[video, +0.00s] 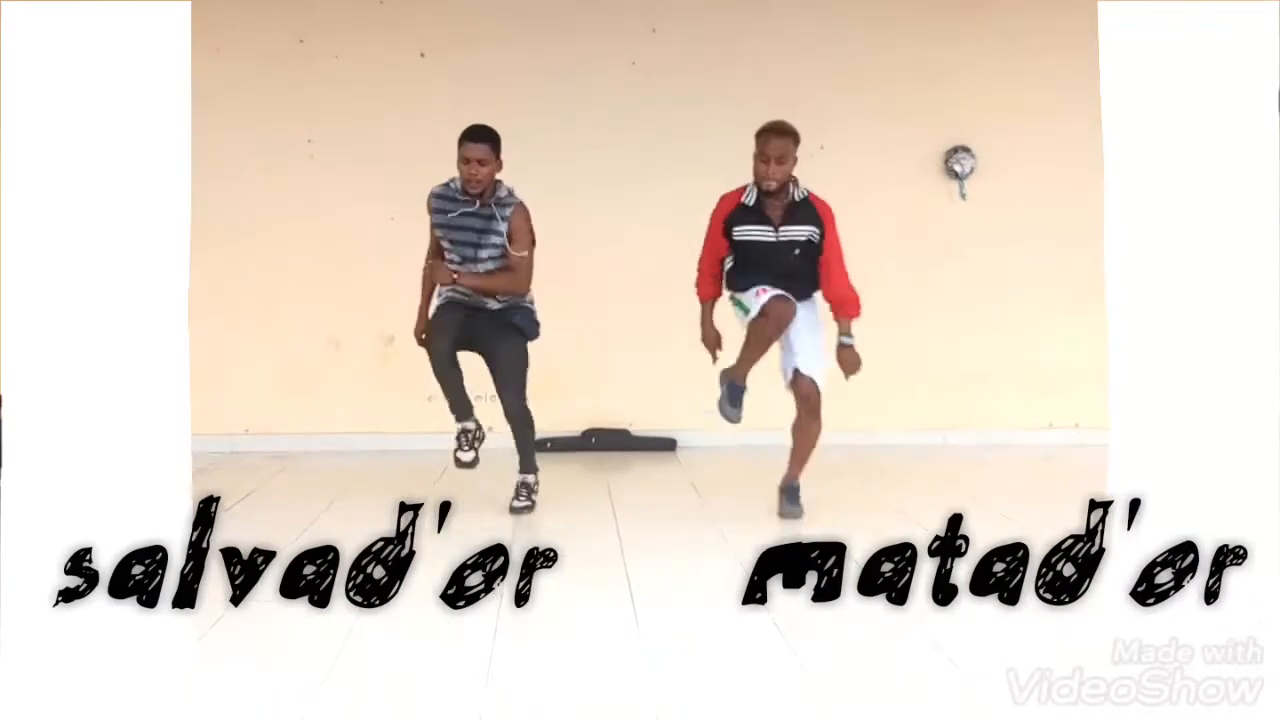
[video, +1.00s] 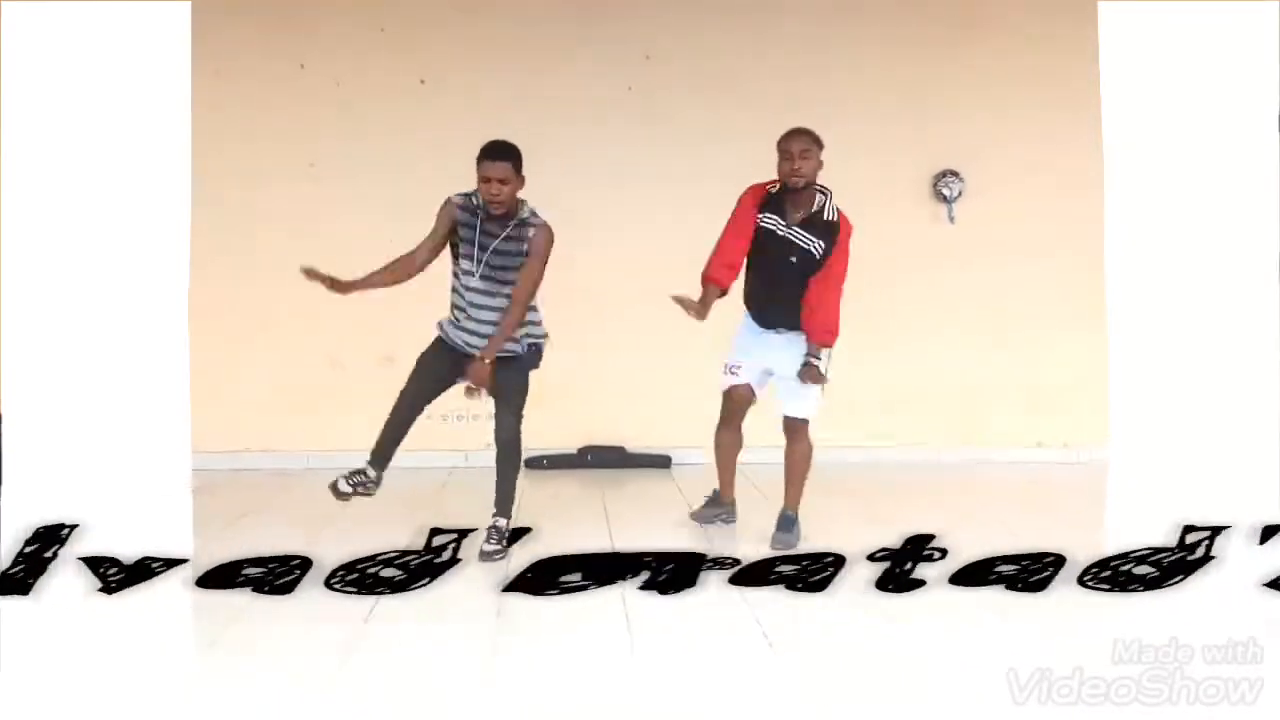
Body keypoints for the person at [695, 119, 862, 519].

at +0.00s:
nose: (770, 171)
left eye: (780, 163)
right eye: (763, 160)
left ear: (794, 164)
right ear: (753, 159)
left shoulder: (816, 211)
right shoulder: (731, 207)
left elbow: (834, 273)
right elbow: (711, 261)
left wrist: (846, 336)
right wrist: (706, 319)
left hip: (803, 300)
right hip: (750, 290)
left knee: (809, 393)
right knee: (781, 309)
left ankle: (791, 482)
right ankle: (737, 377)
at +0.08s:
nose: (769, 163)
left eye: (778, 155)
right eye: (762, 154)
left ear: (794, 157)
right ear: (753, 155)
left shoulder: (820, 205)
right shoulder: (735, 207)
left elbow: (846, 251)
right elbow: (714, 262)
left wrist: (860, 293)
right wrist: (716, 308)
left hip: (801, 313)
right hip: (750, 309)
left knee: (808, 396)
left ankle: (789, 477)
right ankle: (744, 414)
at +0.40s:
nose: (788, 170)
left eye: (798, 163)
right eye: (781, 161)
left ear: (812, 165)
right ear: (771, 162)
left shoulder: (828, 216)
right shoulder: (743, 208)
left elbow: (843, 279)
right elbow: (717, 249)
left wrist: (848, 345)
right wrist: (714, 293)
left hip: (809, 318)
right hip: (758, 317)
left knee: (813, 409)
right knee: (793, 379)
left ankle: (793, 504)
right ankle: (760, 422)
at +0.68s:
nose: (819, 163)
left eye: (829, 155)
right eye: (813, 154)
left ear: (847, 161)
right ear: (804, 156)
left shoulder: (867, 216)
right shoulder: (774, 195)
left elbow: (874, 269)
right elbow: (747, 241)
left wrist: (841, 308)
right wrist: (721, 281)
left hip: (806, 330)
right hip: (750, 320)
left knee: (807, 422)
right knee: (729, 406)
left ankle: (796, 515)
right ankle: (724, 452)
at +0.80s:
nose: (798, 175)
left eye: (808, 169)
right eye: (793, 166)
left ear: (827, 174)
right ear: (785, 167)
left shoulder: (842, 228)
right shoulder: (768, 198)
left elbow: (831, 283)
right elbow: (725, 191)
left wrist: (784, 250)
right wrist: (683, 157)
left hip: (803, 329)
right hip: (756, 314)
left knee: (799, 426)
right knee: (699, 387)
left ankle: (797, 519)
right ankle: (701, 355)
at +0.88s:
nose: (791, 180)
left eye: (802, 172)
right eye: (786, 171)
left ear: (820, 175)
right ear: (778, 173)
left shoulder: (833, 221)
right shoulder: (766, 196)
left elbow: (803, 274)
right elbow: (716, 185)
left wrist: (761, 239)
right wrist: (682, 144)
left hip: (807, 332)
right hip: (760, 318)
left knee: (796, 425)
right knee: (697, 368)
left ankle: (793, 520)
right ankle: (695, 411)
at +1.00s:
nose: (795, 164)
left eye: (805, 156)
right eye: (787, 156)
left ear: (820, 162)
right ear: (777, 161)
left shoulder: (835, 224)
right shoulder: (757, 200)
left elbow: (828, 289)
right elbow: (731, 247)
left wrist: (817, 353)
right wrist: (705, 302)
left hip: (802, 337)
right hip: (755, 328)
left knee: (797, 430)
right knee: (731, 410)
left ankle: (789, 515)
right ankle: (725, 500)